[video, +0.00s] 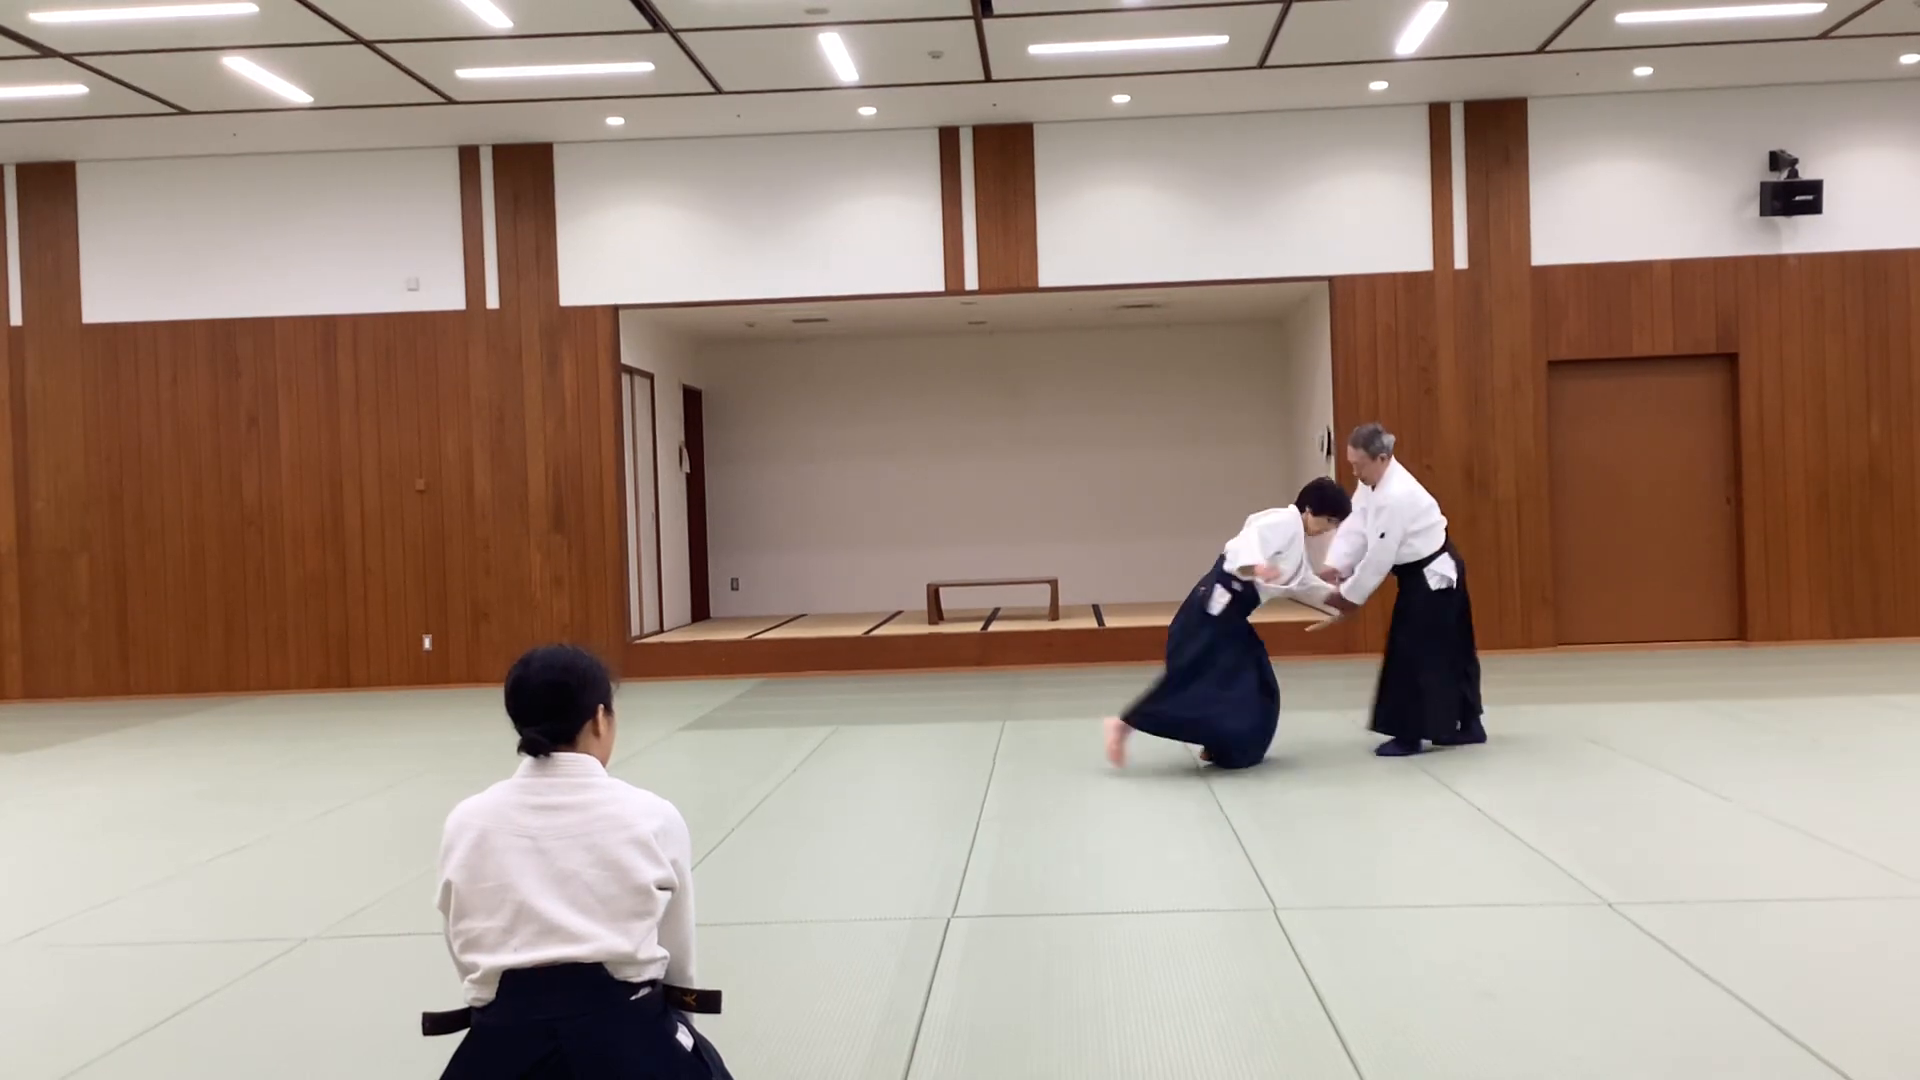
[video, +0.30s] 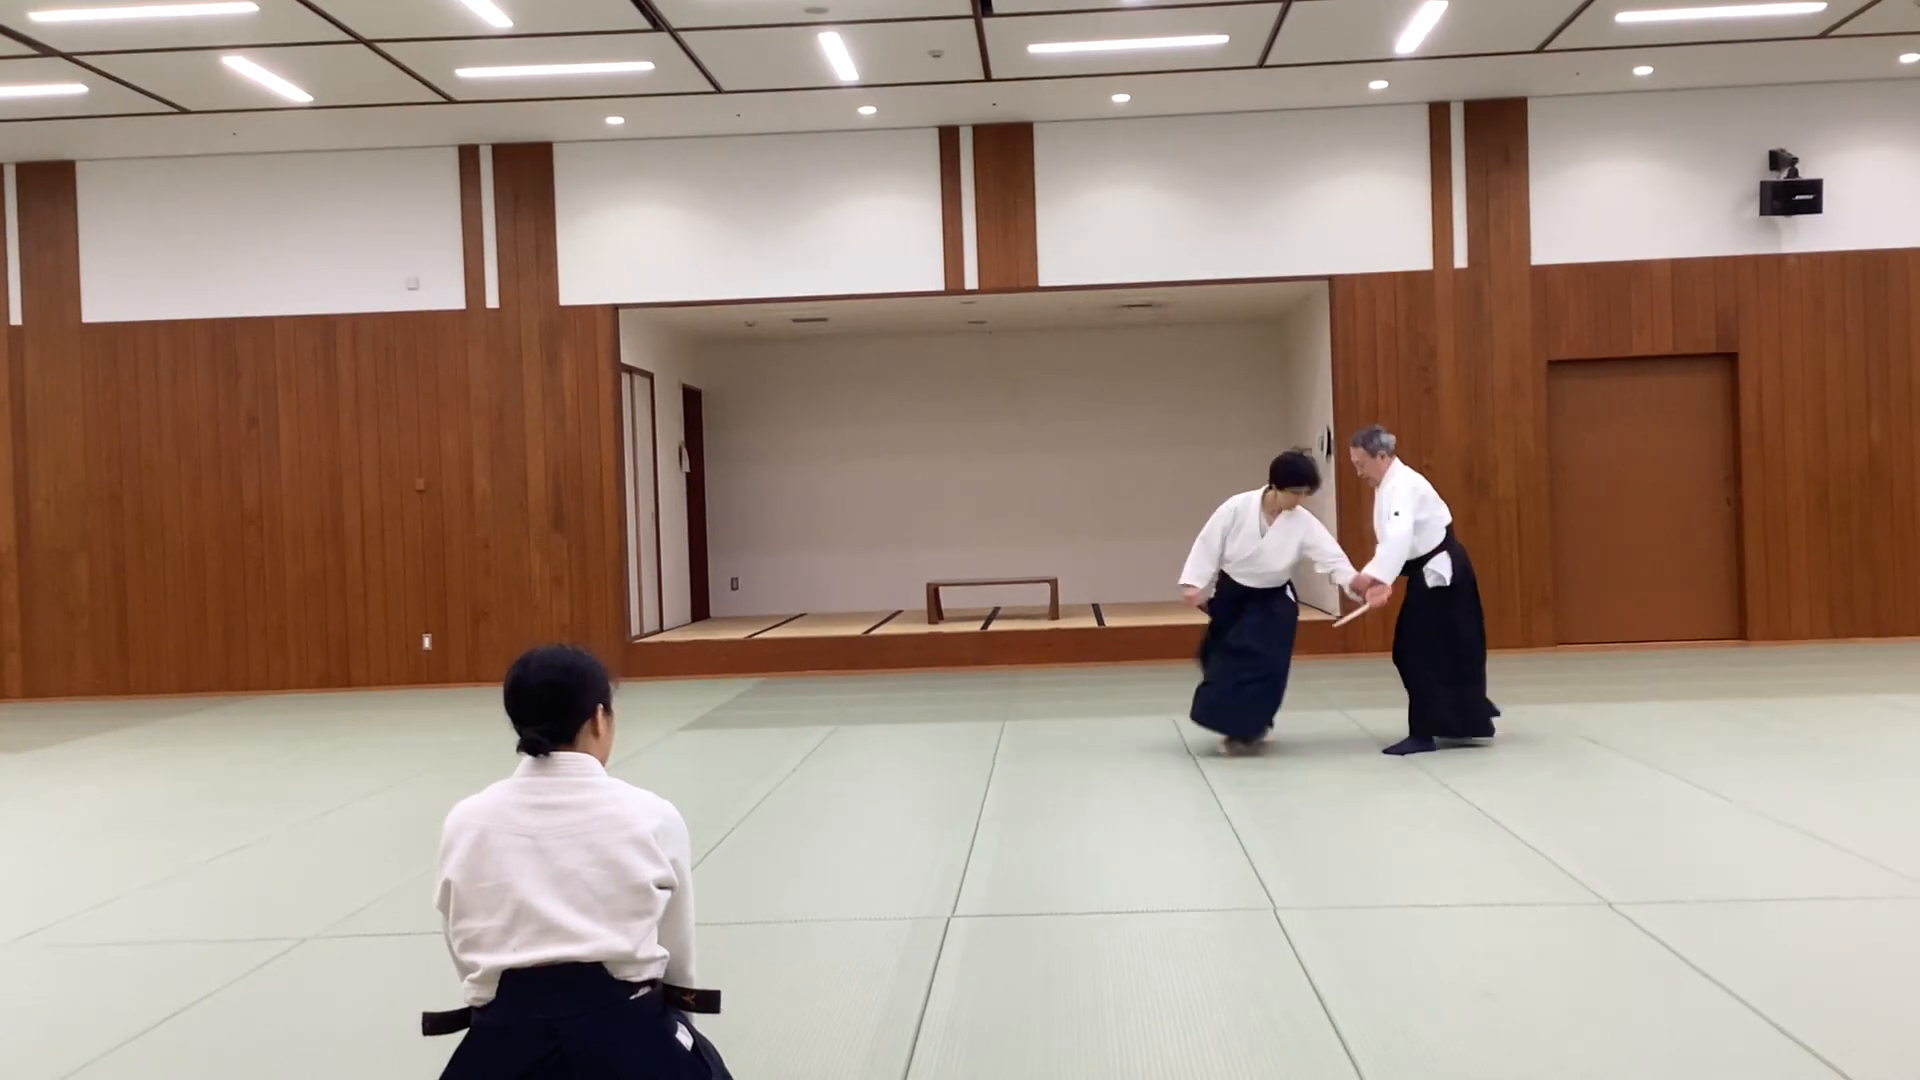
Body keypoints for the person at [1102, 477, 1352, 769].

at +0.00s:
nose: (1330, 530)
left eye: (1334, 525)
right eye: (1331, 523)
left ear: (1313, 512)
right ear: (1314, 512)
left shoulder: (1298, 538)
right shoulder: (1283, 520)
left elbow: (1298, 581)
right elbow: (1244, 542)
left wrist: (1331, 597)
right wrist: (1256, 565)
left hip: (1233, 614)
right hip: (1213, 605)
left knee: (1256, 683)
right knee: (1190, 676)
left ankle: (1219, 746)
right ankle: (1125, 724)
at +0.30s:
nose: (1299, 501)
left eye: (1304, 495)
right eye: (1295, 494)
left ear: (1308, 492)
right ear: (1276, 486)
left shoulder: (1303, 523)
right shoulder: (1237, 508)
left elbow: (1332, 556)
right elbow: (1208, 544)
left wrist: (1355, 582)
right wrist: (1195, 583)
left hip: (1275, 599)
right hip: (1233, 595)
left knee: (1268, 660)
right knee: (1225, 657)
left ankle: (1254, 727)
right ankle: (1235, 726)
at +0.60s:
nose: (1290, 452)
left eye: (1295, 445)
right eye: (1282, 446)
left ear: (1301, 444)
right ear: (1268, 445)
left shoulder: (1310, 477)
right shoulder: (1247, 474)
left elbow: (1334, 513)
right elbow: (1229, 512)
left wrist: (1350, 542)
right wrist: (1217, 549)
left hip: (1301, 569)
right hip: (1259, 570)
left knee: (1322, 642)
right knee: (1257, 644)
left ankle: (1335, 721)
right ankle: (1266, 723)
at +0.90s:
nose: (1297, 443)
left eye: (1302, 436)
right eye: (1290, 437)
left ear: (1308, 437)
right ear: (1275, 437)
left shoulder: (1321, 470)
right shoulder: (1255, 472)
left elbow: (1333, 500)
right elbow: (1237, 515)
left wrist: (1340, 516)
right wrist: (1222, 556)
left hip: (1310, 564)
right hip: (1269, 566)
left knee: (1324, 639)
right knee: (1278, 643)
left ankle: (1336, 721)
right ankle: (1290, 721)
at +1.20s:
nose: (1300, 436)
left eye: (1306, 429)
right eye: (1293, 430)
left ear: (1315, 431)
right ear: (1281, 431)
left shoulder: (1328, 465)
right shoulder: (1264, 465)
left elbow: (1337, 515)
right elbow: (1248, 507)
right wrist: (1234, 546)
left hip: (1312, 558)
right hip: (1269, 556)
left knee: (1319, 637)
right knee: (1279, 637)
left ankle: (1335, 722)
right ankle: (1290, 719)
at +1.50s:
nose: (1273, 451)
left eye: (1280, 444)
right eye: (1267, 444)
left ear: (1295, 444)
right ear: (1261, 443)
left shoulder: (1307, 482)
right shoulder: (1252, 472)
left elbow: (1296, 536)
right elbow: (1236, 515)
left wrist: (1257, 568)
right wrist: (1226, 556)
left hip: (1284, 571)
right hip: (1246, 565)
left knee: (1270, 642)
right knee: (1233, 636)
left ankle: (1262, 719)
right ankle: (1248, 717)